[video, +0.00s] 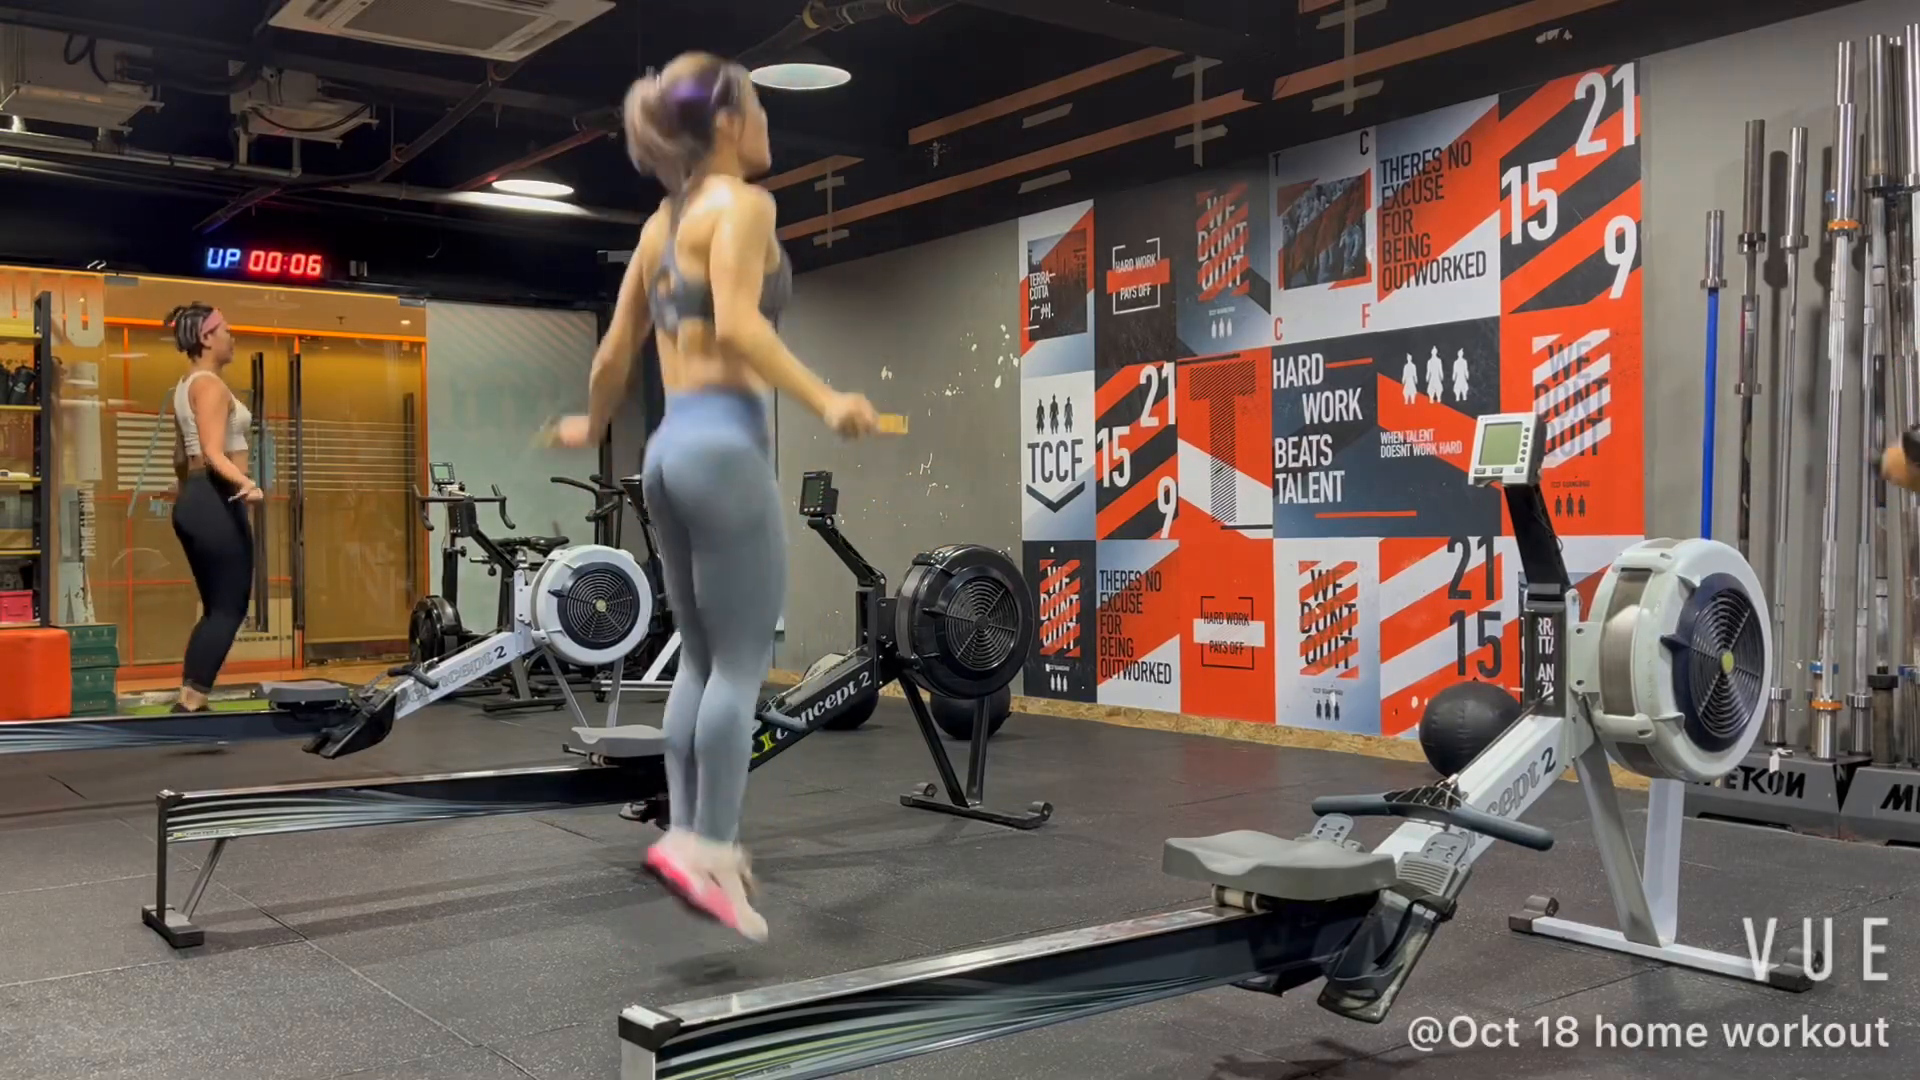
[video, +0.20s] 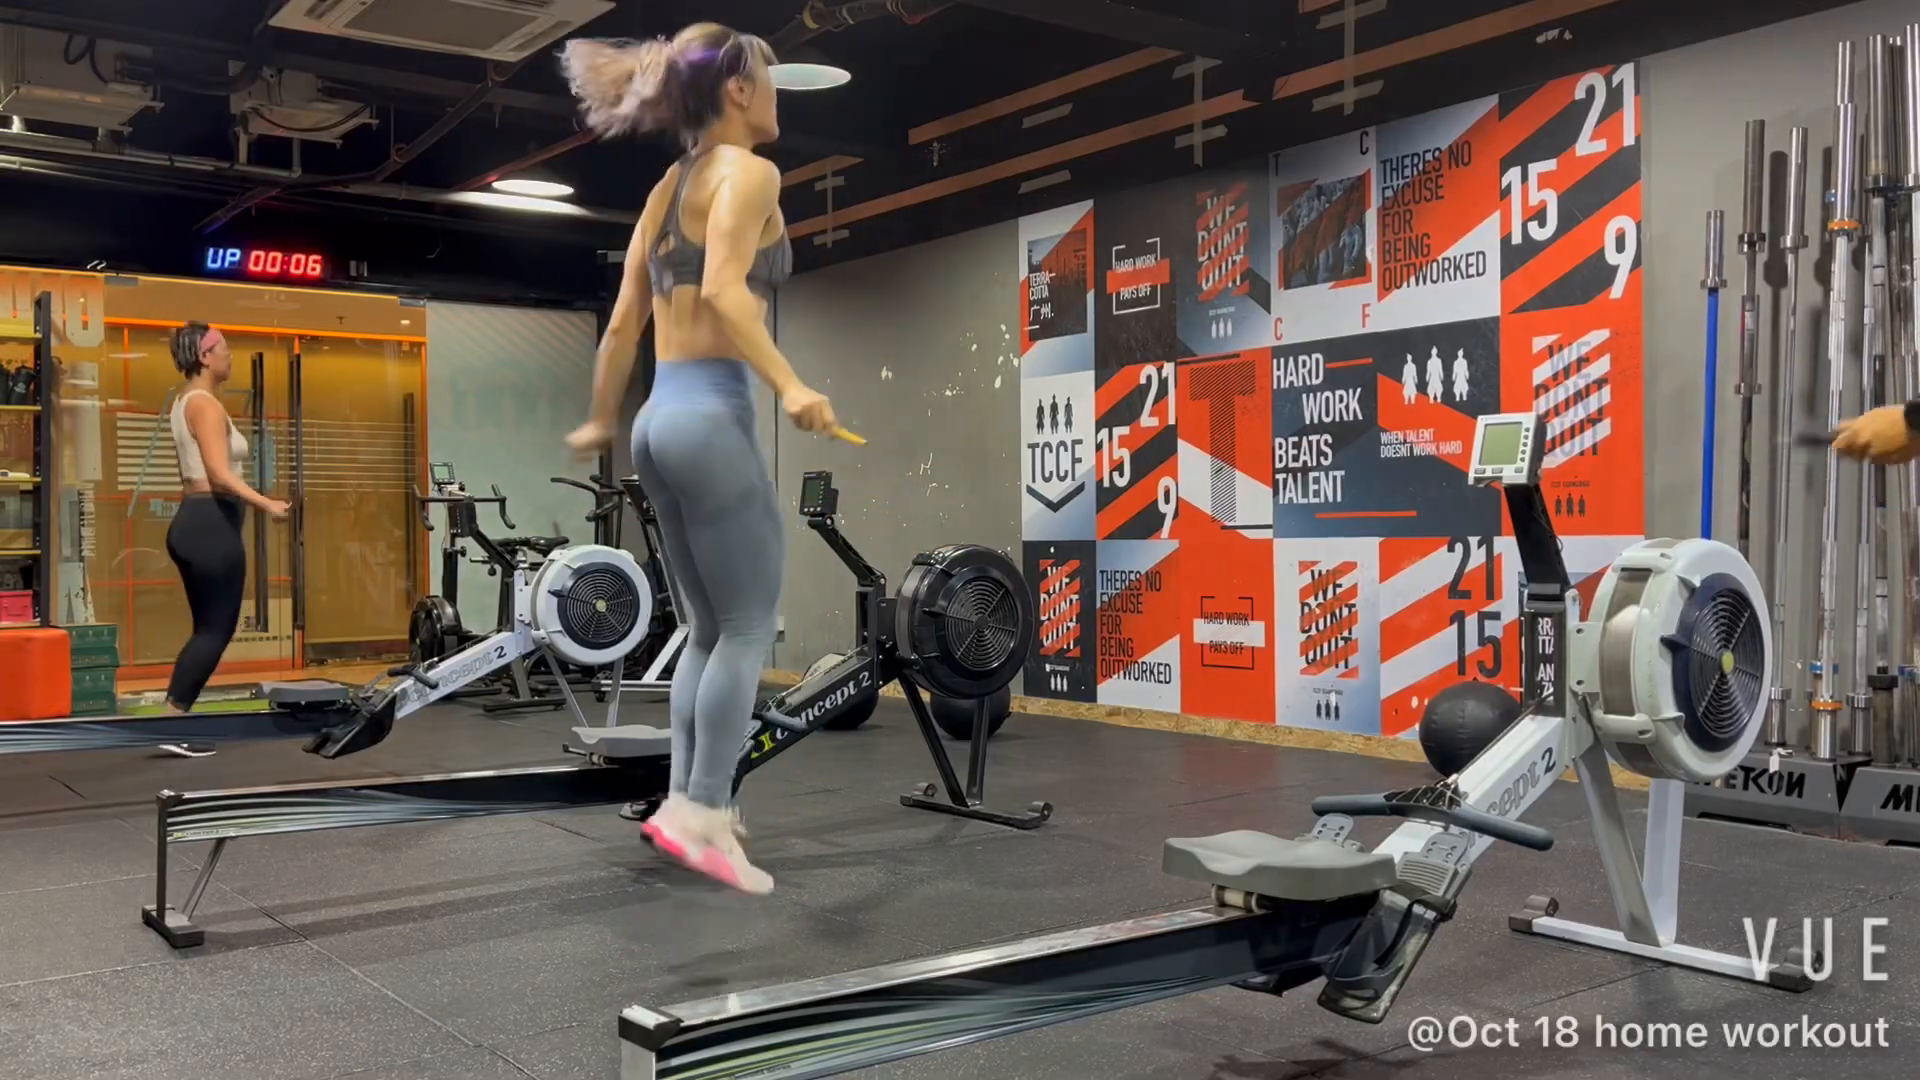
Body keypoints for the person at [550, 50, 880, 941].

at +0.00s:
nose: (763, 123)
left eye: (756, 108)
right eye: (754, 110)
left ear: (684, 133)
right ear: (727, 123)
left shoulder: (659, 223)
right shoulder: (744, 203)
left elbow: (617, 349)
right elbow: (736, 323)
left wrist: (589, 424)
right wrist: (827, 401)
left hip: (669, 446)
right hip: (721, 443)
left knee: (699, 657)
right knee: (739, 659)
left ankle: (689, 838)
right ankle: (711, 846)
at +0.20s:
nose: (776, 97)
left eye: (771, 81)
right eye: (767, 83)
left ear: (710, 99)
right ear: (737, 91)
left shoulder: (666, 188)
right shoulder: (748, 172)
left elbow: (626, 318)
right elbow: (723, 291)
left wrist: (603, 418)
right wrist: (790, 385)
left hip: (657, 419)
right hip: (709, 418)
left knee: (705, 629)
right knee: (748, 625)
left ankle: (688, 806)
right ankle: (702, 810)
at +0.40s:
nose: (781, 230)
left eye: (774, 216)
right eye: (768, 216)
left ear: (715, 241)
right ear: (737, 233)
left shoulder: (670, 326)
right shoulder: (748, 320)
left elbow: (612, 443)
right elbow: (721, 444)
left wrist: (603, 488)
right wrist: (814, 518)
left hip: (666, 560)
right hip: (709, 559)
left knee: (739, 755)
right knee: (768, 753)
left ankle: (666, 924)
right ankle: (675, 929)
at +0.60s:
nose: (760, 111)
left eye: (753, 95)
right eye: (750, 98)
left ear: (687, 123)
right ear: (722, 112)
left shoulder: (658, 213)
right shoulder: (735, 194)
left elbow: (617, 338)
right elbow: (728, 316)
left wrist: (583, 415)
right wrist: (818, 390)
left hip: (665, 439)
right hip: (715, 438)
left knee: (703, 647)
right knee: (737, 648)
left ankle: (681, 828)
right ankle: (700, 835)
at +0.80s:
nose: (773, 101)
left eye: (769, 85)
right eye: (765, 87)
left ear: (703, 101)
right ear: (734, 91)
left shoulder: (660, 189)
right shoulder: (743, 171)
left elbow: (620, 322)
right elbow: (718, 289)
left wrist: (606, 418)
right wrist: (788, 382)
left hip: (651, 418)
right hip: (703, 414)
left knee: (700, 621)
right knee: (739, 623)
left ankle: (670, 801)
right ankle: (700, 814)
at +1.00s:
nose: (775, 228)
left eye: (768, 215)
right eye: (763, 216)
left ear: (707, 242)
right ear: (734, 235)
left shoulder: (665, 328)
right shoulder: (738, 325)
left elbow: (605, 444)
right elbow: (719, 445)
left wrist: (605, 489)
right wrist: (814, 528)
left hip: (658, 555)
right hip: (705, 556)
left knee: (725, 751)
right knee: (755, 745)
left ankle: (649, 923)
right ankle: (667, 929)